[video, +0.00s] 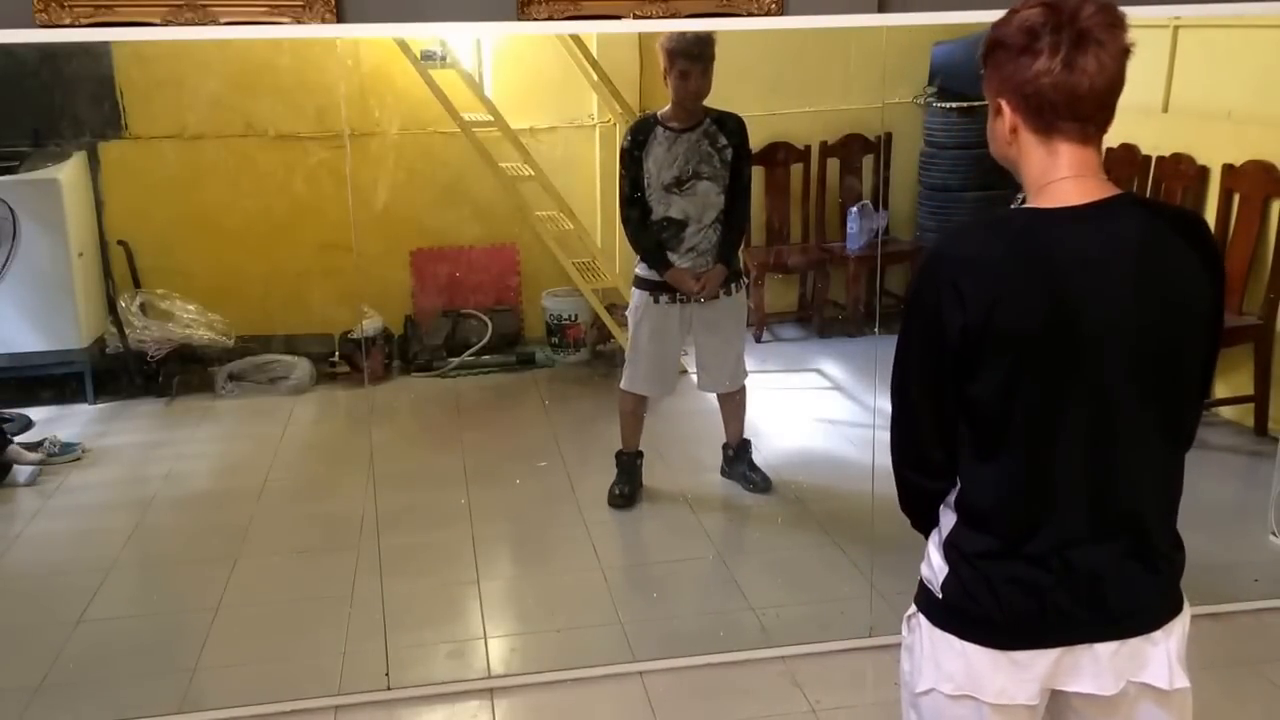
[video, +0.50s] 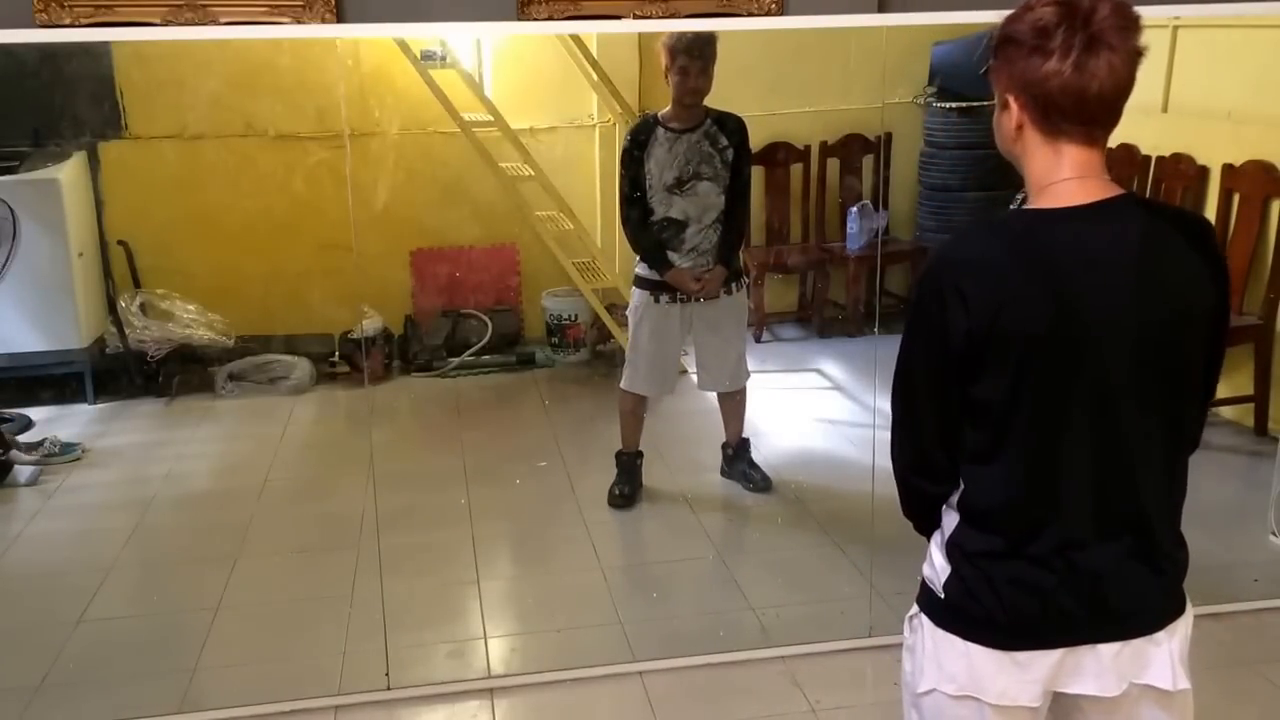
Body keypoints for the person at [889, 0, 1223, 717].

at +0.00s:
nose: (985, 123)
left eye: (986, 106)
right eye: (987, 106)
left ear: (1006, 117)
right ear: (1105, 107)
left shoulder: (961, 264)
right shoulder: (1187, 248)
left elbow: (920, 478)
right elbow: (1178, 428)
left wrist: (992, 536)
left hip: (983, 628)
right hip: (1138, 626)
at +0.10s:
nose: (986, 120)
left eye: (987, 103)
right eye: (988, 103)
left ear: (1006, 116)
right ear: (1106, 107)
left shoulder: (961, 264)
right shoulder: (1187, 248)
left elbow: (921, 479)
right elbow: (1178, 429)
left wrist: (988, 536)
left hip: (984, 628)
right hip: (1140, 625)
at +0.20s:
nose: (989, 117)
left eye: (989, 100)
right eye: (990, 100)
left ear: (1008, 114)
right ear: (1109, 105)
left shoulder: (961, 264)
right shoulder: (1187, 248)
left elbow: (921, 479)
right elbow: (1180, 429)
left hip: (985, 629)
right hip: (1140, 627)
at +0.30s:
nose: (992, 118)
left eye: (992, 100)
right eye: (992, 99)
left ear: (1011, 113)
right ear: (1111, 105)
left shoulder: (961, 264)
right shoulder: (1187, 248)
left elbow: (922, 480)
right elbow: (1181, 429)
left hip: (985, 628)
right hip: (1141, 627)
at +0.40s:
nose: (993, 117)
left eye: (993, 99)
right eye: (993, 98)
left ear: (1012, 113)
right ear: (1112, 104)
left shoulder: (964, 265)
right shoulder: (1189, 249)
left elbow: (922, 477)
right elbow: (1183, 429)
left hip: (987, 625)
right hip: (1141, 624)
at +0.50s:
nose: (993, 118)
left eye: (993, 100)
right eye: (994, 100)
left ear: (1013, 113)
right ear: (1113, 105)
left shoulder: (966, 266)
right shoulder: (1191, 250)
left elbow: (921, 472)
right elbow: (1183, 430)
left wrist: (973, 538)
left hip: (987, 629)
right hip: (1142, 628)